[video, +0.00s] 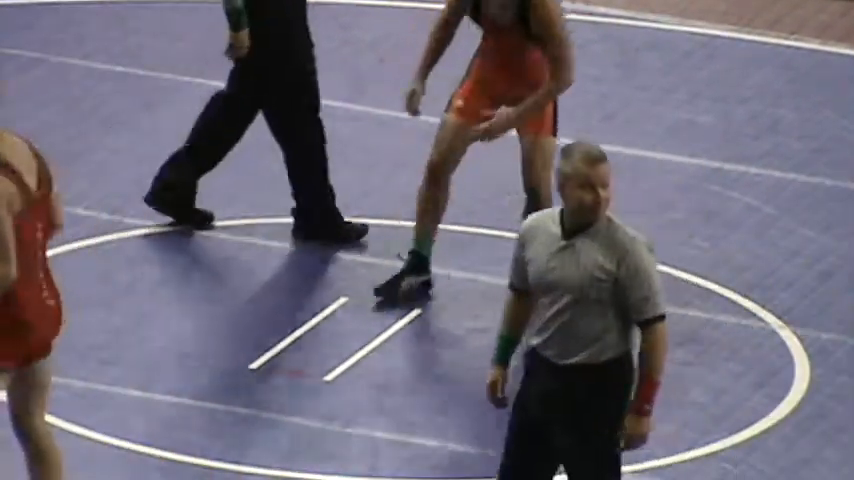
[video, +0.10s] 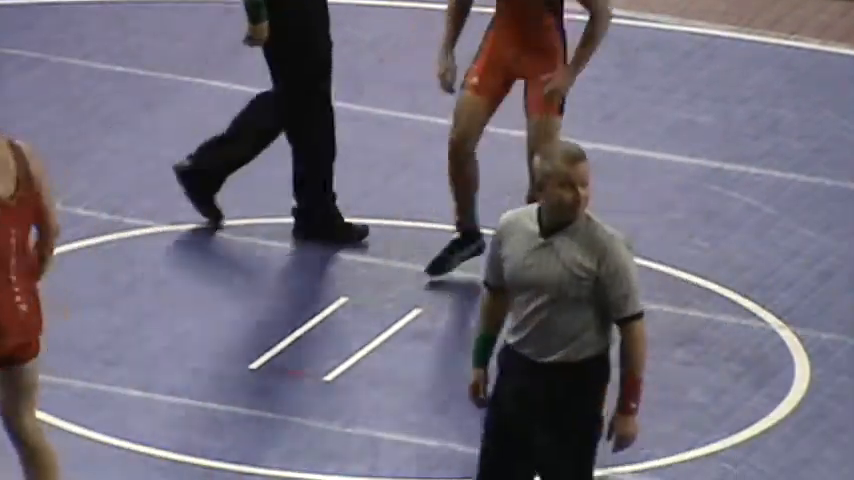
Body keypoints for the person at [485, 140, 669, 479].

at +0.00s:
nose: (598, 197)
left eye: (604, 187)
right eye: (587, 187)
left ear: (611, 187)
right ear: (561, 186)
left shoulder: (627, 249)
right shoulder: (533, 230)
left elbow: (654, 329)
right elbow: (521, 297)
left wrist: (642, 409)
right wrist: (500, 363)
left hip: (601, 381)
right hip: (542, 375)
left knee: (594, 472)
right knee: (518, 471)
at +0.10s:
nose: (578, 195)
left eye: (583, 186)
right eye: (567, 186)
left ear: (589, 187)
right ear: (539, 188)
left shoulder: (606, 247)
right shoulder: (510, 229)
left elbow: (632, 327)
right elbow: (496, 295)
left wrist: (627, 410)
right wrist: (480, 363)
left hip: (578, 379)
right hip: (518, 372)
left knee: (567, 471)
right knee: (498, 469)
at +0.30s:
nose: (544, 190)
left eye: (549, 180)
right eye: (532, 181)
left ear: (556, 180)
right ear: (504, 181)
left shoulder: (573, 239)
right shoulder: (472, 224)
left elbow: (599, 317)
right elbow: (450, 289)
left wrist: (590, 400)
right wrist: (430, 356)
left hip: (541, 370)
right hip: (482, 362)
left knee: (519, 466)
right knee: (474, 463)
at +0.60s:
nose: (510, 195)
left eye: (514, 185)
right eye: (498, 186)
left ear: (520, 183)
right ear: (468, 184)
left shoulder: (538, 243)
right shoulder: (432, 232)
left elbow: (565, 319)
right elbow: (410, 295)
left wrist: (552, 400)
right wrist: (388, 365)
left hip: (511, 373)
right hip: (452, 368)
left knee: (491, 470)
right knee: (453, 467)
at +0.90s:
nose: (484, 209)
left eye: (488, 199)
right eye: (472, 201)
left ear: (493, 197)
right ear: (441, 199)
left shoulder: (507, 260)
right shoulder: (406, 248)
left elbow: (537, 337)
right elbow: (386, 313)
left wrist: (541, 419)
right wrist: (369, 382)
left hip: (483, 391)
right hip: (422, 387)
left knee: (470, 473)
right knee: (423, 472)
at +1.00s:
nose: (466, 216)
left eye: (472, 206)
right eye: (455, 207)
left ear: (479, 202)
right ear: (430, 202)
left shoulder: (497, 261)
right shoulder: (398, 248)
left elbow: (528, 339)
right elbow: (379, 316)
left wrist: (530, 421)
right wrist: (361, 384)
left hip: (474, 397)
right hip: (411, 391)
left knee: (466, 472)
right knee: (397, 472)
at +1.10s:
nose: (434, 225)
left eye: (444, 215)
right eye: (426, 215)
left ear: (462, 207)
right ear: (415, 204)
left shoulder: (487, 267)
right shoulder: (389, 249)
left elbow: (517, 346)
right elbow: (372, 315)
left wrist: (514, 427)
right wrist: (352, 382)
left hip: (463, 403)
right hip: (399, 394)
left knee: (460, 473)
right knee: (371, 473)